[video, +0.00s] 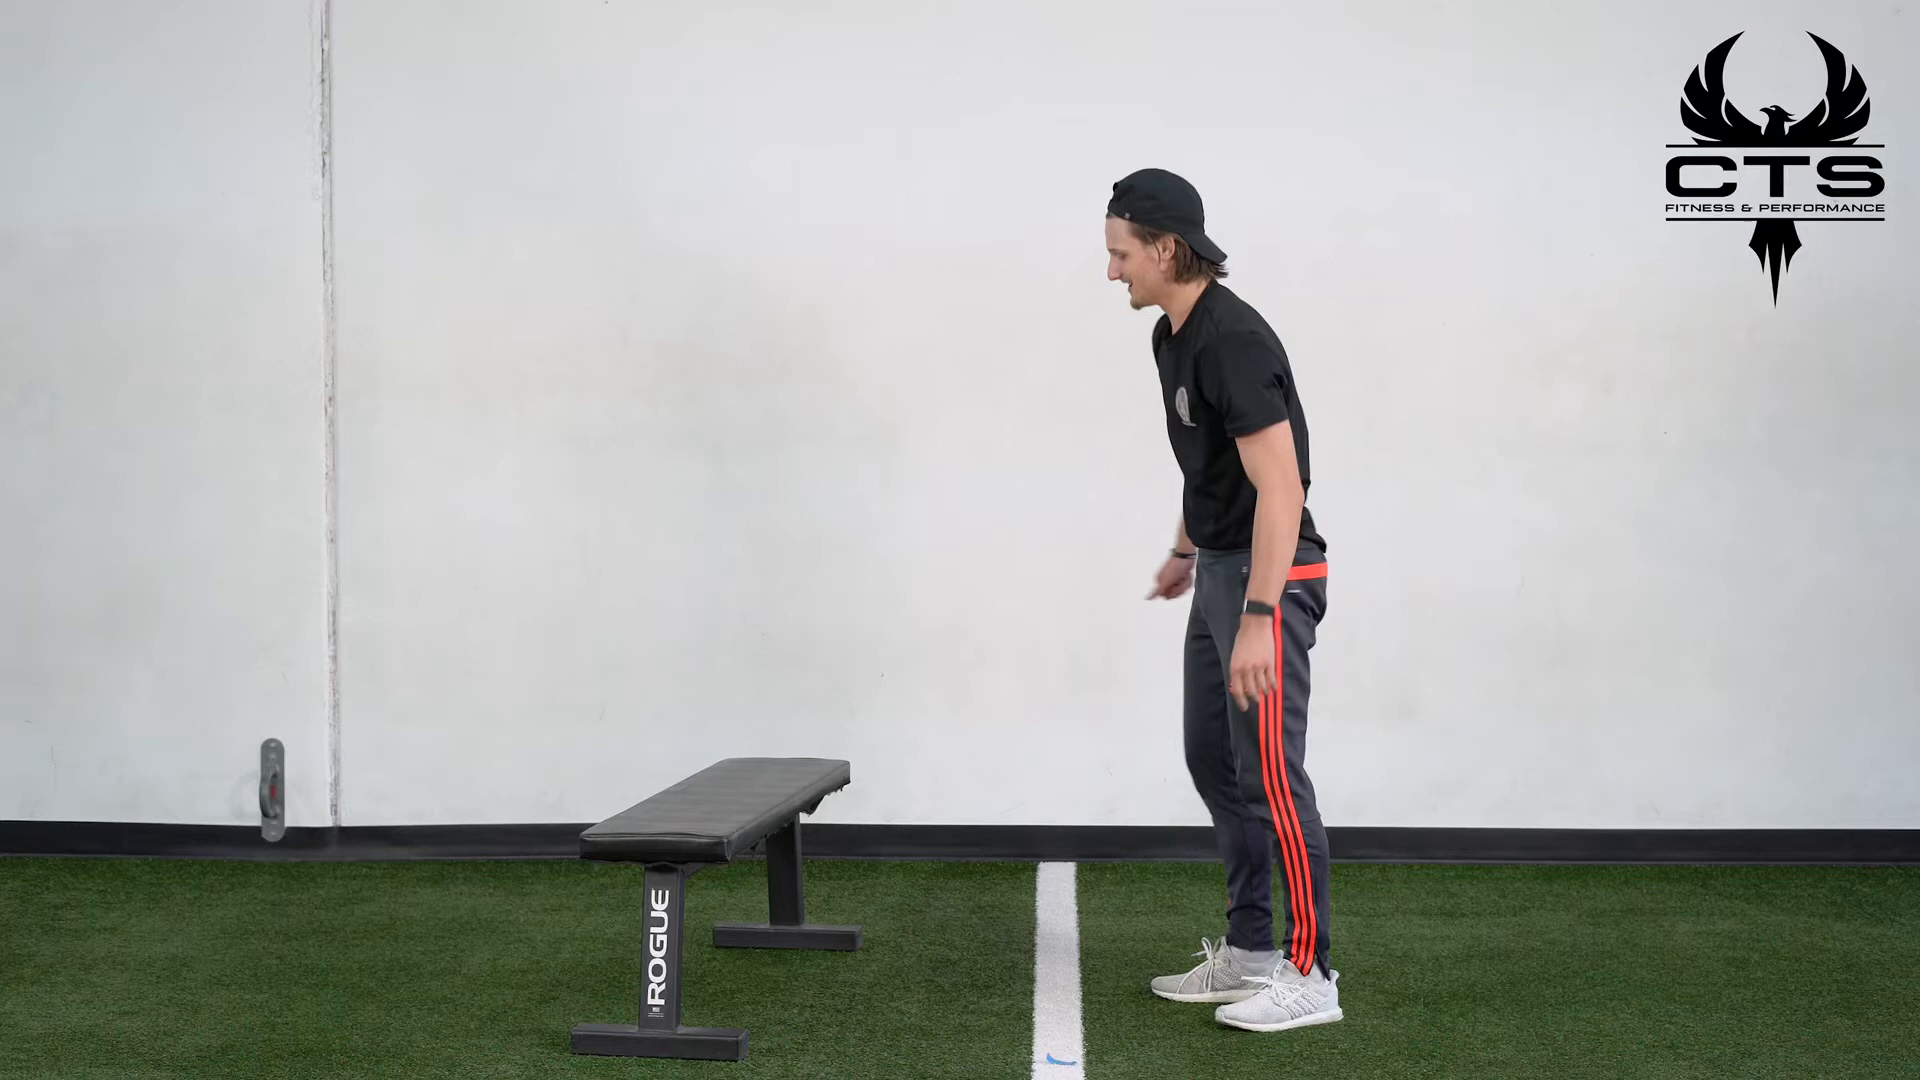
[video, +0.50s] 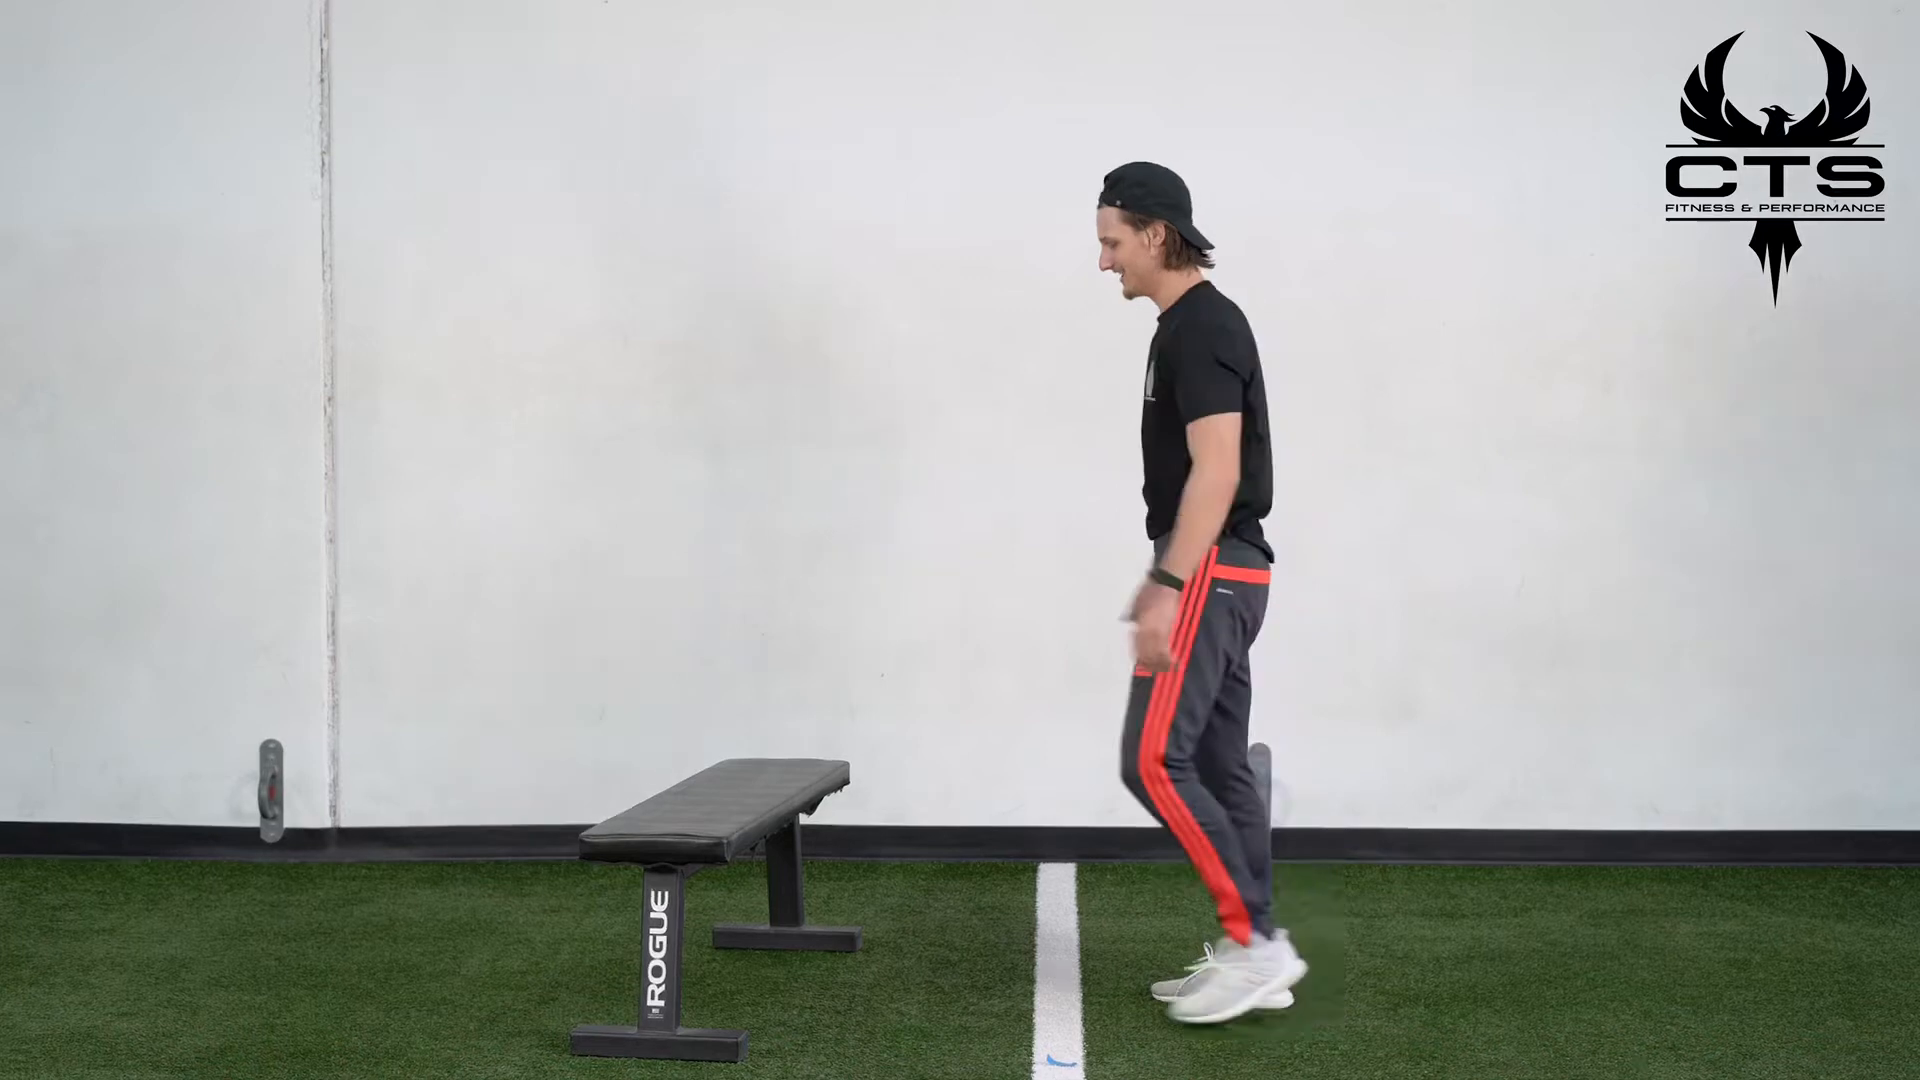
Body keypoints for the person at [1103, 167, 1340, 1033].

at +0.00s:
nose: (1111, 266)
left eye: (1120, 249)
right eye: (1110, 249)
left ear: (1167, 246)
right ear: (1163, 248)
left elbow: (1281, 487)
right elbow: (1209, 456)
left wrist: (1260, 616)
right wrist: (1187, 546)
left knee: (1268, 771)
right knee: (1214, 762)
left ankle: (1307, 977)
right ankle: (1252, 952)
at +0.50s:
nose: (1105, 258)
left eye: (1113, 240)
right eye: (1102, 242)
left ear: (1158, 235)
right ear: (1159, 237)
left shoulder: (1198, 327)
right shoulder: (1197, 322)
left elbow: (1217, 475)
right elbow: (1212, 473)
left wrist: (1167, 584)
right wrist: (1173, 579)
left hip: (1211, 573)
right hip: (1217, 573)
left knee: (1154, 759)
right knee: (1222, 763)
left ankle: (1255, 944)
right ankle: (1253, 949)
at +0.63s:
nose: (1087, 258)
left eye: (1094, 241)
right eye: (1084, 242)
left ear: (1139, 233)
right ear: (1139, 235)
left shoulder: (1183, 323)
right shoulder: (1180, 318)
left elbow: (1199, 465)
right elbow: (1204, 468)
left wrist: (1111, 563)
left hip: (1198, 563)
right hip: (1216, 565)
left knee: (1125, 754)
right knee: (1218, 766)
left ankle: (1175, 960)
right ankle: (1255, 957)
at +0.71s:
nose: (1069, 260)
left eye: (1077, 242)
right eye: (1067, 242)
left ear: (1123, 235)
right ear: (1122, 237)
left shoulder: (1167, 325)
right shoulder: (1167, 321)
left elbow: (1182, 468)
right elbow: (1182, 470)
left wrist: (1093, 559)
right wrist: (1118, 562)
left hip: (1185, 565)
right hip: (1205, 565)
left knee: (1116, 761)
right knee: (1216, 771)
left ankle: (1119, 974)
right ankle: (1253, 959)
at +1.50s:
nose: (843, 435)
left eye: (846, 415)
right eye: (838, 418)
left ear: (887, 400)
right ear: (896, 400)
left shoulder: (946, 461)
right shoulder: (972, 450)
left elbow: (888, 621)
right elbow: (939, 605)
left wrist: (803, 717)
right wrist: (871, 685)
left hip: (1149, 579)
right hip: (1166, 573)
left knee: (1063, 772)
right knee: (1099, 774)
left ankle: (1099, 976)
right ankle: (1099, 964)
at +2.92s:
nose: (615, 748)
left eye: (614, 732)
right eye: (610, 735)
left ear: (643, 714)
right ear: (650, 704)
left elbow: (806, 710)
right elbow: (890, 672)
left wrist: (771, 805)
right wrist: (816, 765)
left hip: (962, 776)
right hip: (987, 749)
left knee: (1145, 868)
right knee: (1160, 841)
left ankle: (1352, 935)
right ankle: (1356, 917)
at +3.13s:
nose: (645, 662)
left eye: (642, 645)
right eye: (638, 648)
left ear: (677, 625)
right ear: (686, 619)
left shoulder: (750, 647)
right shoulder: (766, 635)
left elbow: (823, 726)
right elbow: (847, 733)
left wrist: (776, 806)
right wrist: (788, 781)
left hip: (991, 734)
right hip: (1009, 715)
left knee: (1164, 847)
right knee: (1177, 827)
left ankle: (1359, 937)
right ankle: (1362, 920)